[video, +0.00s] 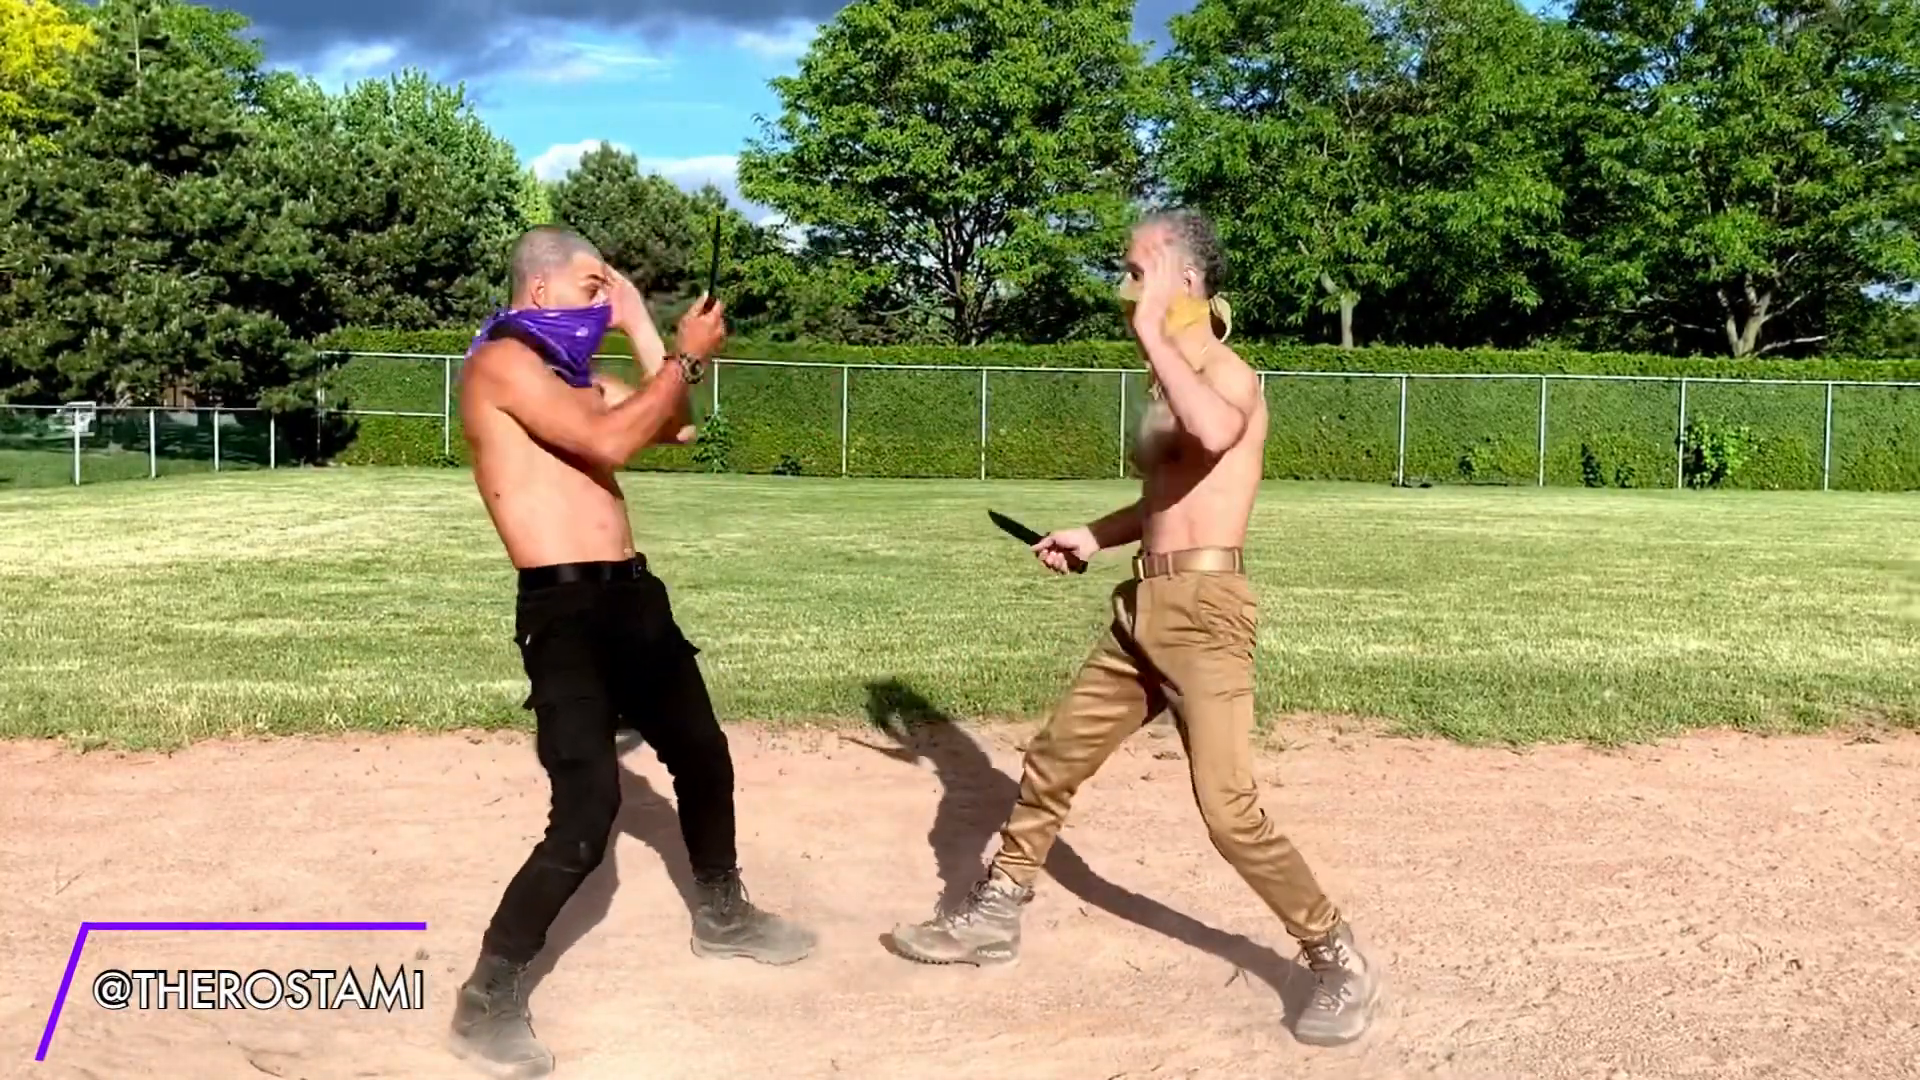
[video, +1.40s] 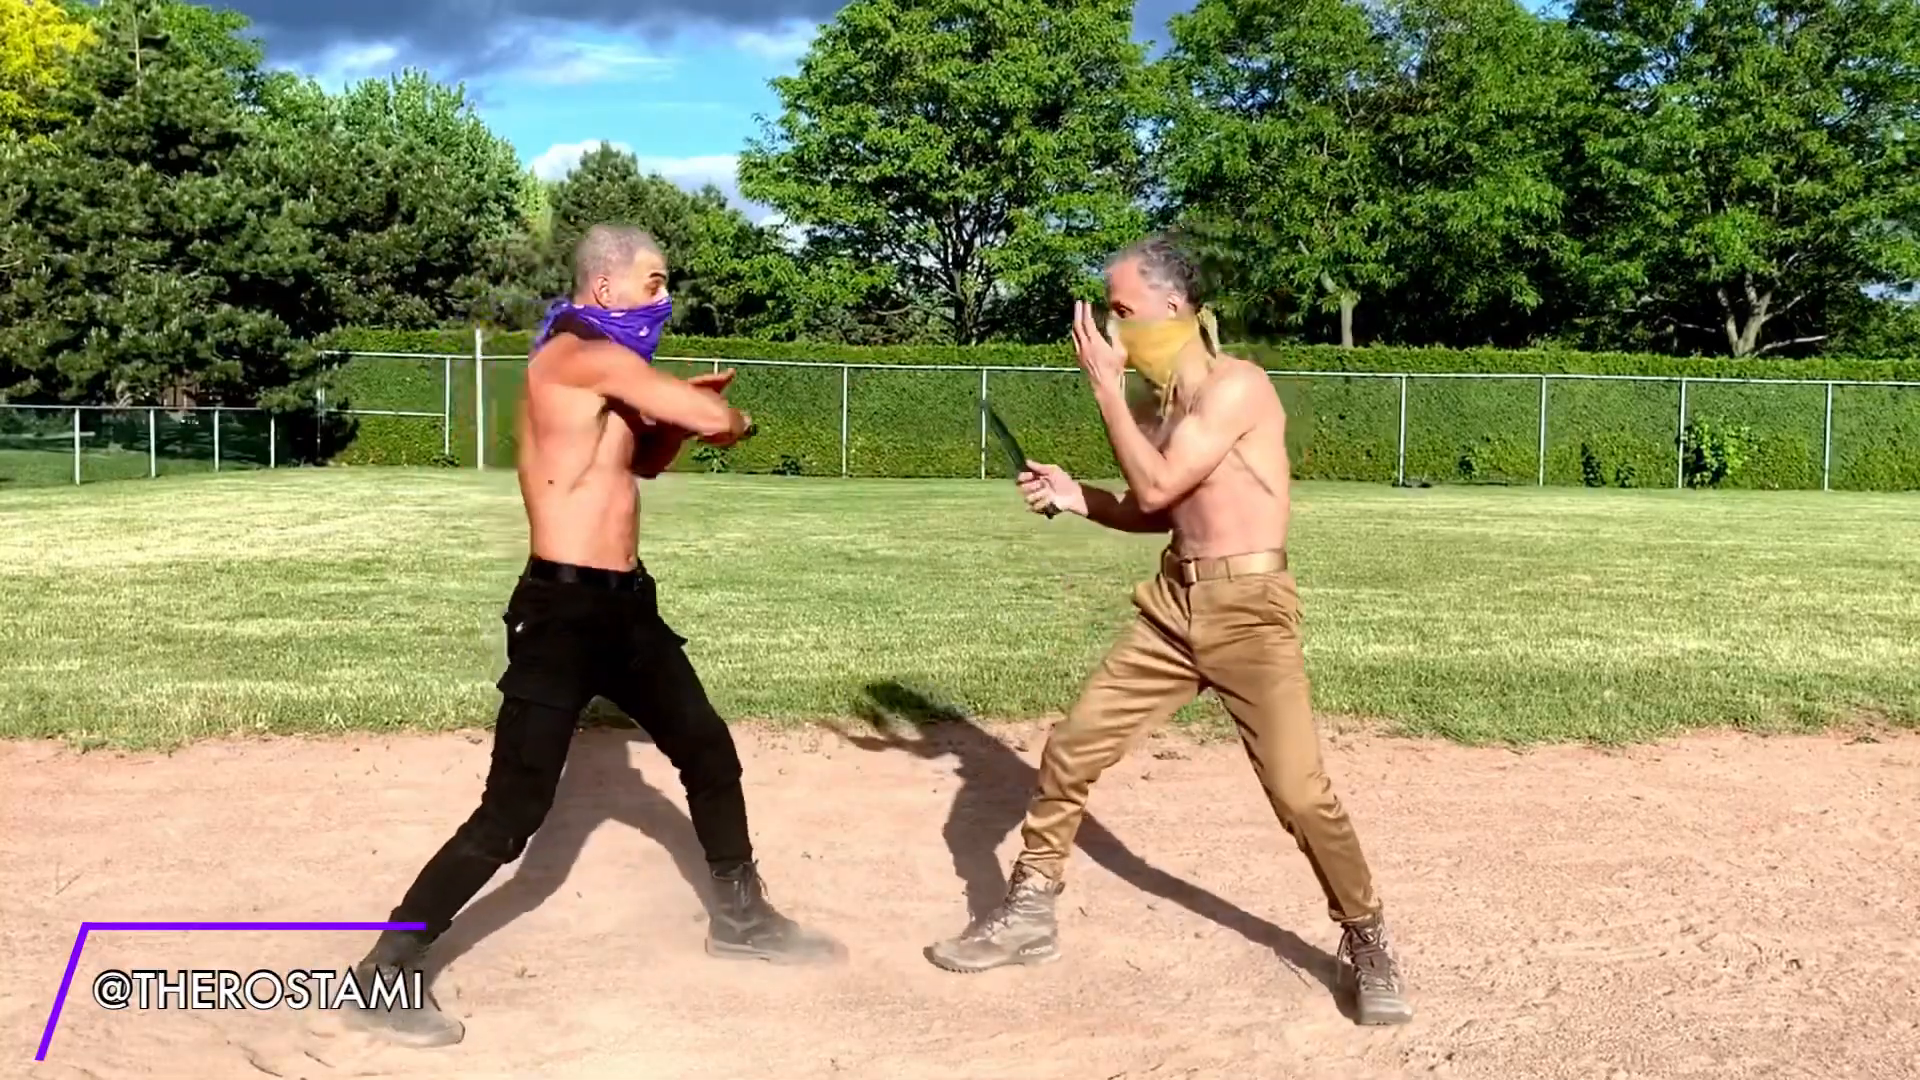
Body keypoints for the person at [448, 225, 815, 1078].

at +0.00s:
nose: (604, 308)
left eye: (606, 294)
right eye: (592, 290)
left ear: (548, 295)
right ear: (542, 288)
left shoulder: (558, 373)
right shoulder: (502, 361)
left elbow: (662, 425)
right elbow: (605, 440)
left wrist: (638, 321)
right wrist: (683, 361)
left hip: (633, 596)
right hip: (564, 608)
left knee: (703, 757)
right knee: (585, 815)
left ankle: (722, 912)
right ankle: (491, 992)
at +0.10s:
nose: (620, 280)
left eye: (621, 266)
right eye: (607, 263)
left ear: (587, 272)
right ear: (552, 264)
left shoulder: (596, 353)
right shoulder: (497, 352)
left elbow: (652, 439)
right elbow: (501, 499)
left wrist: (673, 339)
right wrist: (619, 459)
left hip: (608, 583)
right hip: (531, 592)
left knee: (691, 738)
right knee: (539, 792)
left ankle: (689, 908)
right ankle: (485, 989)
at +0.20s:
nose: (632, 299)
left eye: (634, 285)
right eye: (619, 283)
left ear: (598, 288)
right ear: (565, 283)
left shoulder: (602, 373)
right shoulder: (496, 375)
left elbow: (619, 454)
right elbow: (449, 509)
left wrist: (685, 401)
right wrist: (565, 524)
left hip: (595, 598)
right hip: (511, 602)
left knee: (671, 753)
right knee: (484, 789)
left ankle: (667, 914)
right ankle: (413, 966)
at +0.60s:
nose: (674, 328)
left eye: (675, 315)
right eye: (664, 313)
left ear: (619, 320)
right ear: (615, 316)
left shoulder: (600, 396)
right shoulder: (566, 395)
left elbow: (621, 505)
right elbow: (558, 529)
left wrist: (688, 450)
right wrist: (649, 498)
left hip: (579, 624)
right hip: (518, 627)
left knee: (690, 744)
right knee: (464, 821)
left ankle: (678, 913)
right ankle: (336, 975)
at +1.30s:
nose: (628, 293)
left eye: (629, 279)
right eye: (619, 277)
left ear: (573, 279)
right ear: (570, 280)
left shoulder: (567, 369)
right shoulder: (526, 371)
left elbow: (599, 483)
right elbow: (632, 489)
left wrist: (644, 442)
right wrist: (665, 469)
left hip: (605, 604)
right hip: (542, 612)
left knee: (703, 747)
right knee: (507, 825)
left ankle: (719, 912)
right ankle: (389, 971)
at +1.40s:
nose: (664, 297)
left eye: (665, 283)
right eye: (654, 281)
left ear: (602, 286)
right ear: (603, 283)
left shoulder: (594, 360)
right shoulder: (580, 353)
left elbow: (641, 463)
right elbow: (726, 420)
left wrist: (685, 402)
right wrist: (724, 411)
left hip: (626, 607)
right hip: (561, 609)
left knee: (709, 754)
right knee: (512, 812)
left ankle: (740, 912)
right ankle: (389, 967)